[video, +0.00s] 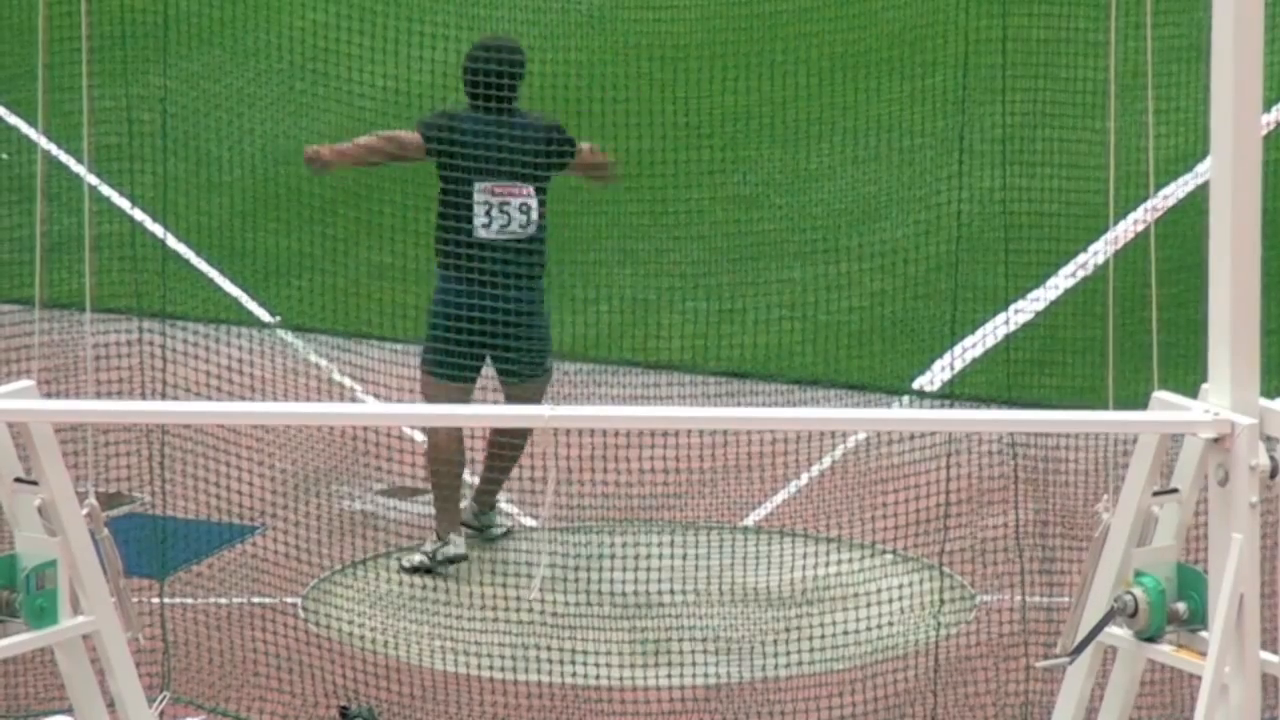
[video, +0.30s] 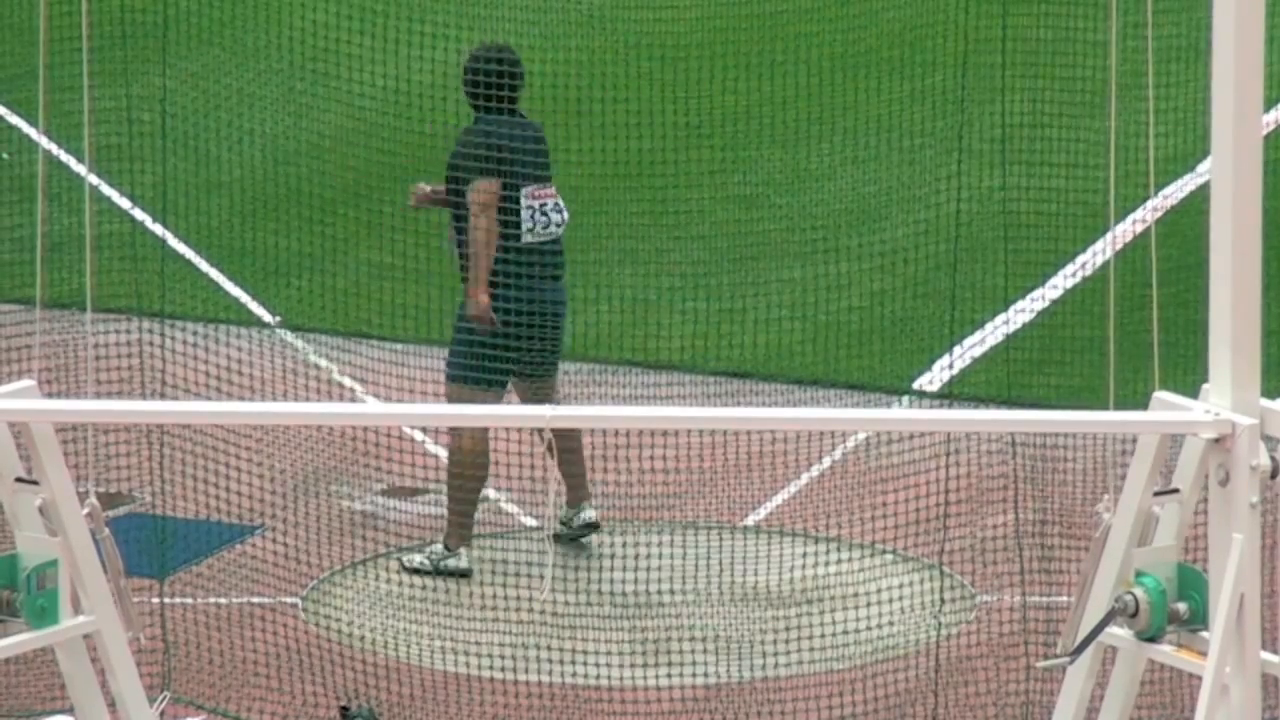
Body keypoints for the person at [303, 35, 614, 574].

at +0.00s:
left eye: (477, 76)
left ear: (469, 81)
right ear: (518, 83)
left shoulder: (451, 129)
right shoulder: (542, 135)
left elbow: (389, 146)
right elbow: (598, 166)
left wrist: (333, 154)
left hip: (458, 299)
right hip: (521, 302)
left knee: (443, 411)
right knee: (524, 404)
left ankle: (447, 537)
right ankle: (483, 506)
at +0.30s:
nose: (465, 89)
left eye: (468, 82)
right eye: (472, 80)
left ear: (472, 86)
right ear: (515, 86)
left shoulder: (478, 137)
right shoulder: (531, 134)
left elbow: (483, 211)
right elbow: (511, 200)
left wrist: (478, 289)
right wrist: (445, 197)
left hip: (497, 299)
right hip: (545, 297)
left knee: (467, 415)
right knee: (541, 396)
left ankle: (455, 547)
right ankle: (580, 509)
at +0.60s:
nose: (516, 81)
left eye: (516, 73)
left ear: (516, 79)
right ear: (562, 78)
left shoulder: (515, 140)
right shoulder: (584, 134)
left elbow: (503, 226)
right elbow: (582, 214)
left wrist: (485, 292)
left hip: (523, 297)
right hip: (579, 297)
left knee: (484, 403)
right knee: (564, 403)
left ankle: (473, 532)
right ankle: (586, 524)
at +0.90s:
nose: (558, 76)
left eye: (546, 65)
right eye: (566, 65)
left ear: (536, 71)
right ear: (587, 72)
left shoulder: (514, 132)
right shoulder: (612, 128)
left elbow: (483, 204)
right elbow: (673, 170)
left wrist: (450, 268)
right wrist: (721, 207)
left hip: (529, 290)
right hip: (590, 290)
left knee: (505, 404)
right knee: (577, 403)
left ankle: (519, 527)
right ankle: (587, 523)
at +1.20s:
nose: (567, 260)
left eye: (577, 250)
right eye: (559, 250)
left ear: (596, 252)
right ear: (547, 251)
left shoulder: (620, 303)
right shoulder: (540, 282)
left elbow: (647, 392)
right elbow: (510, 311)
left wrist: (606, 451)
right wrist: (494, 313)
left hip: (633, 427)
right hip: (570, 425)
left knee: (679, 538)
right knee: (524, 525)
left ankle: (703, 642)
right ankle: (524, 641)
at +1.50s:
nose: (601, 279)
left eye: (610, 270)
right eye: (592, 269)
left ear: (628, 265)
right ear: (580, 263)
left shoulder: (651, 314)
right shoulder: (561, 281)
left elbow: (669, 404)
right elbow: (500, 256)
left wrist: (616, 446)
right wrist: (449, 228)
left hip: (650, 431)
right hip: (583, 428)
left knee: (695, 533)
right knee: (532, 525)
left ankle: (705, 642)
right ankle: (525, 640)